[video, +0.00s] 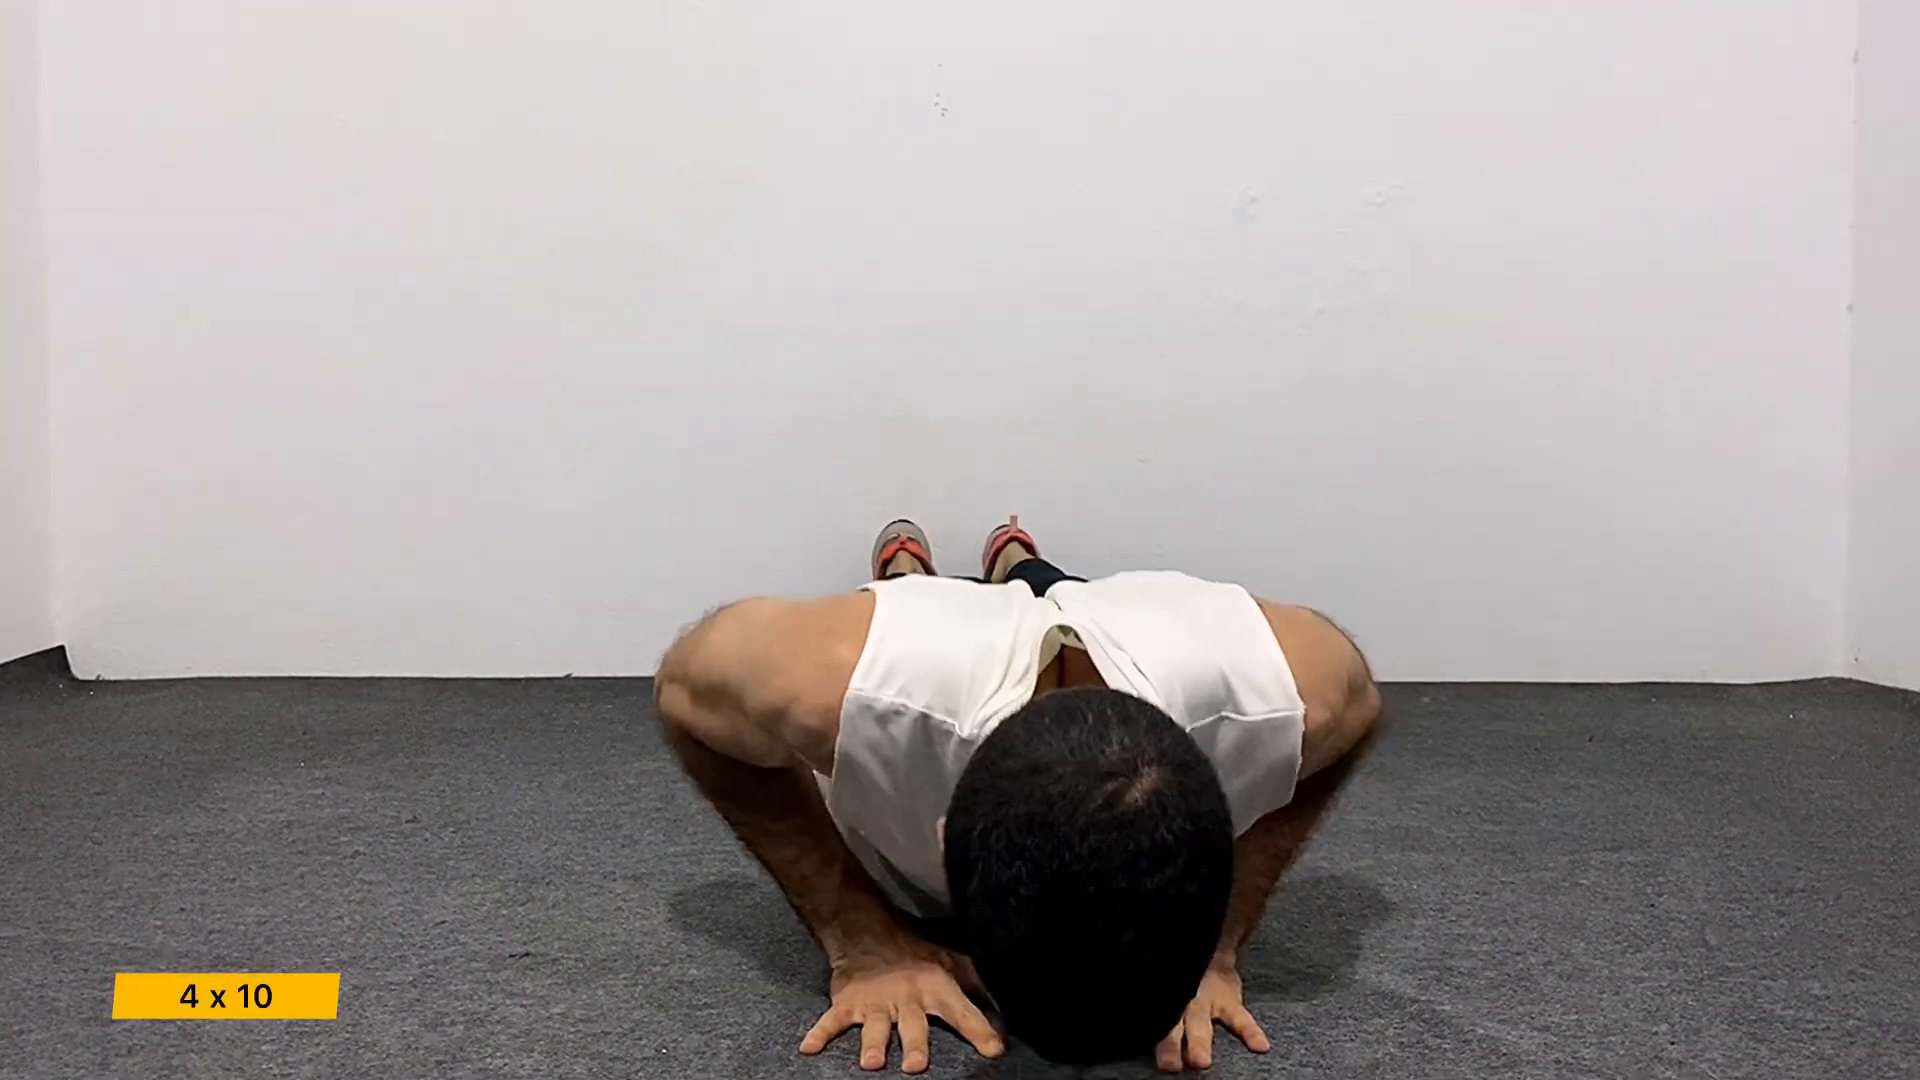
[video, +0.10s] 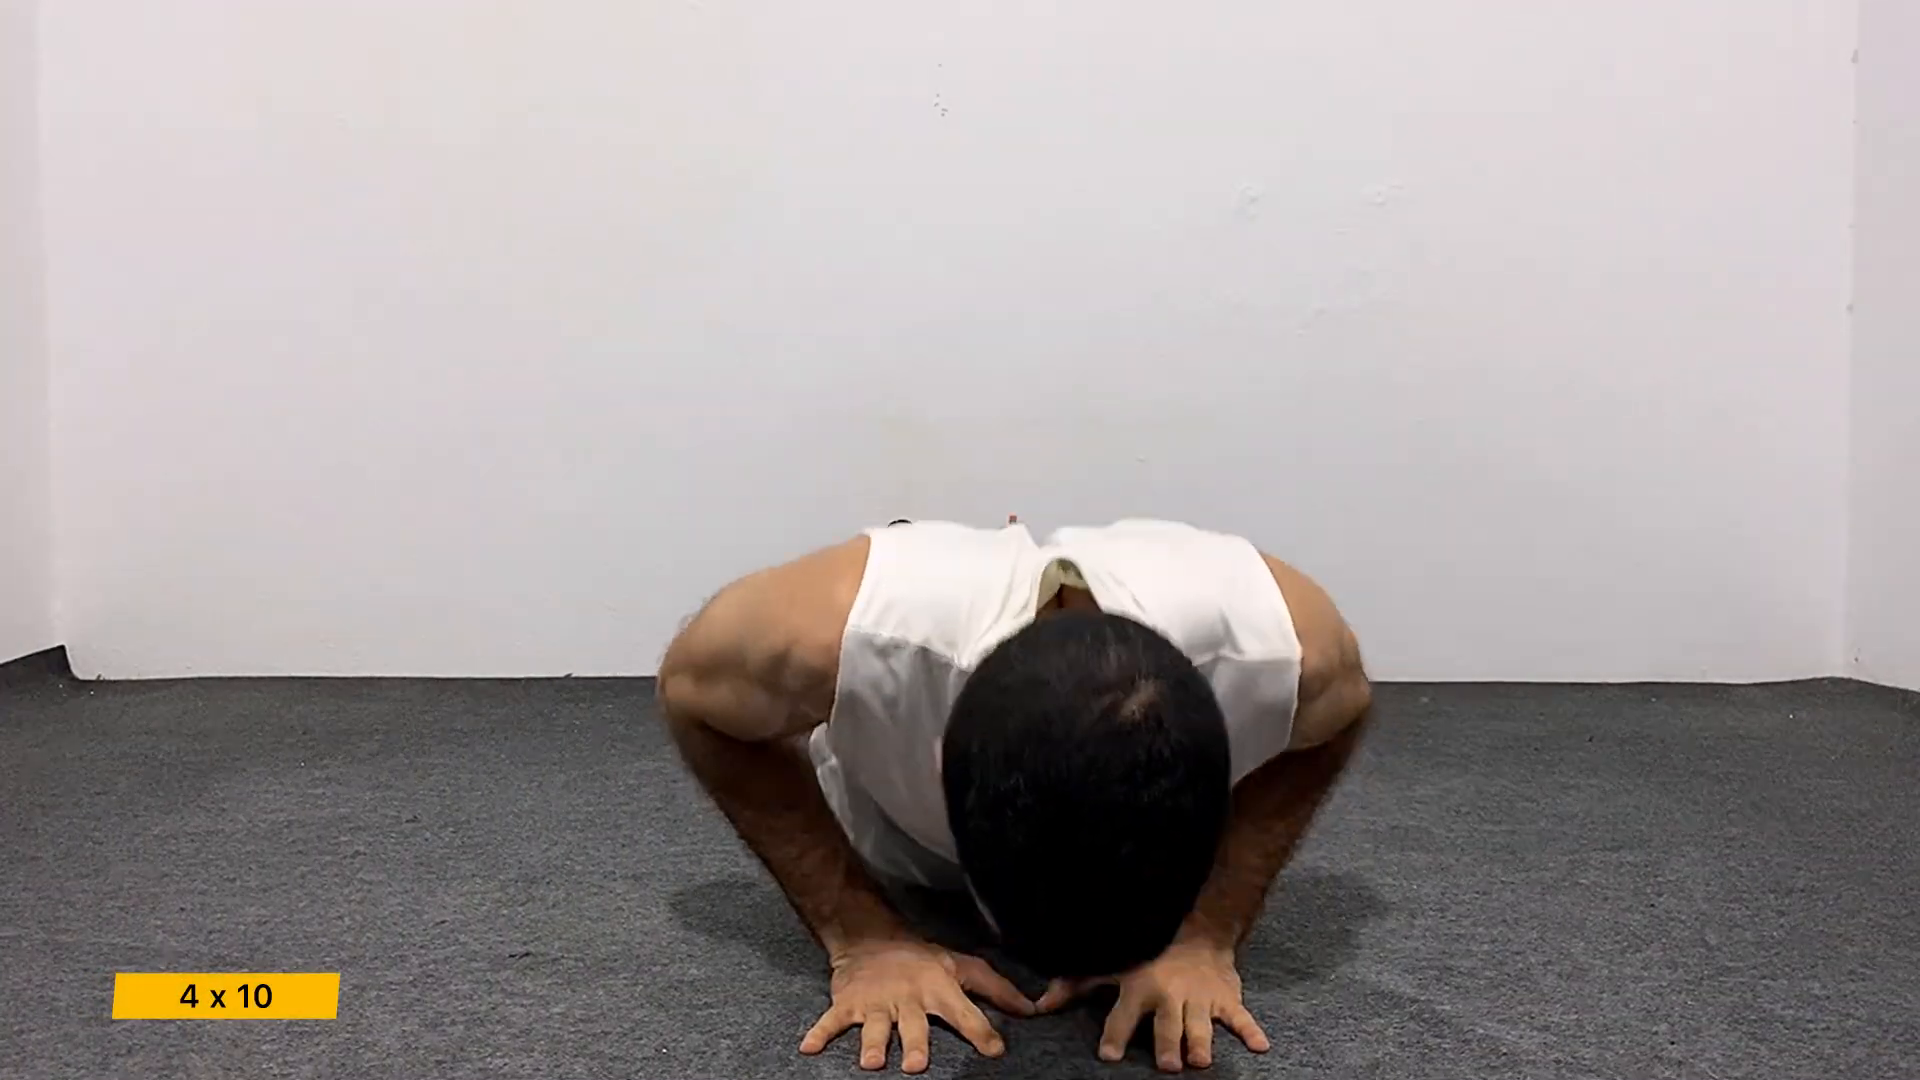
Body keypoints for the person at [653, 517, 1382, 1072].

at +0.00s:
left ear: (1222, 814)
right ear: (948, 841)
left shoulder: (1300, 690)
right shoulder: (832, 687)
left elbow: (1355, 714)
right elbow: (689, 689)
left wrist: (1224, 945)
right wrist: (858, 934)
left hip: (1106, 620)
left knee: (1039, 592)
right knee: (907, 594)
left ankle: (1014, 563)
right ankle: (904, 566)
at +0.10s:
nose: (1053, 993)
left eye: (1103, 971)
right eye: (1024, 963)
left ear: (1218, 795)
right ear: (953, 777)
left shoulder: (1291, 647)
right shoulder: (833, 635)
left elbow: (1336, 714)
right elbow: (699, 692)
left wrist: (1209, 933)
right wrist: (860, 935)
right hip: (898, 807)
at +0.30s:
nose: (1072, 720)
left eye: (1118, 686)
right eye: (1032, 686)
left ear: (1200, 570)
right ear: (959, 583)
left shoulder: (1276, 483)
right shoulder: (826, 459)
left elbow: (1306, 684)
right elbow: (720, 677)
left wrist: (1200, 925)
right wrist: (866, 931)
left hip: (1134, 717)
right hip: (904, 725)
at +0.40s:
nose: (1072, 584)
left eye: (1123, 547)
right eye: (1028, 546)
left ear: (1193, 444)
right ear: (949, 426)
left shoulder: (1269, 395)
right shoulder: (822, 370)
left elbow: (1299, 658)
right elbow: (735, 650)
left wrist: (1199, 925)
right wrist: (868, 933)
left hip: (1108, 656)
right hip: (911, 664)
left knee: (1083, 691)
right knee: (923, 703)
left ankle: (1062, 697)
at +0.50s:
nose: (1068, 455)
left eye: (1117, 416)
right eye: (1027, 411)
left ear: (1183, 327)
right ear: (953, 295)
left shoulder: (1268, 312)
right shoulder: (819, 291)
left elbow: (1277, 630)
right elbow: (770, 624)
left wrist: (1195, 932)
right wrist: (869, 932)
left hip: (1098, 614)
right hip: (914, 614)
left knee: (1062, 663)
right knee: (918, 675)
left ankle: (1030, 670)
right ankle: (917, 678)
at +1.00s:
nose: (1077, 579)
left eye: (1130, 542)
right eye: (1034, 540)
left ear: (1204, 428)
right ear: (948, 392)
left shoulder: (1270, 382)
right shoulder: (820, 371)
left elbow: (1294, 652)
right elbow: (747, 649)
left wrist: (1200, 927)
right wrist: (868, 935)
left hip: (1118, 666)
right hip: (908, 674)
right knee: (915, 698)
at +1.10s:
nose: (1088, 724)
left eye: (1133, 689)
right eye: (1042, 686)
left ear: (1215, 562)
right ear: (958, 529)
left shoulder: (1283, 480)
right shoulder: (827, 469)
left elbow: (1305, 681)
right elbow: (724, 674)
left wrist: (1201, 926)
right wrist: (865, 933)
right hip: (900, 721)